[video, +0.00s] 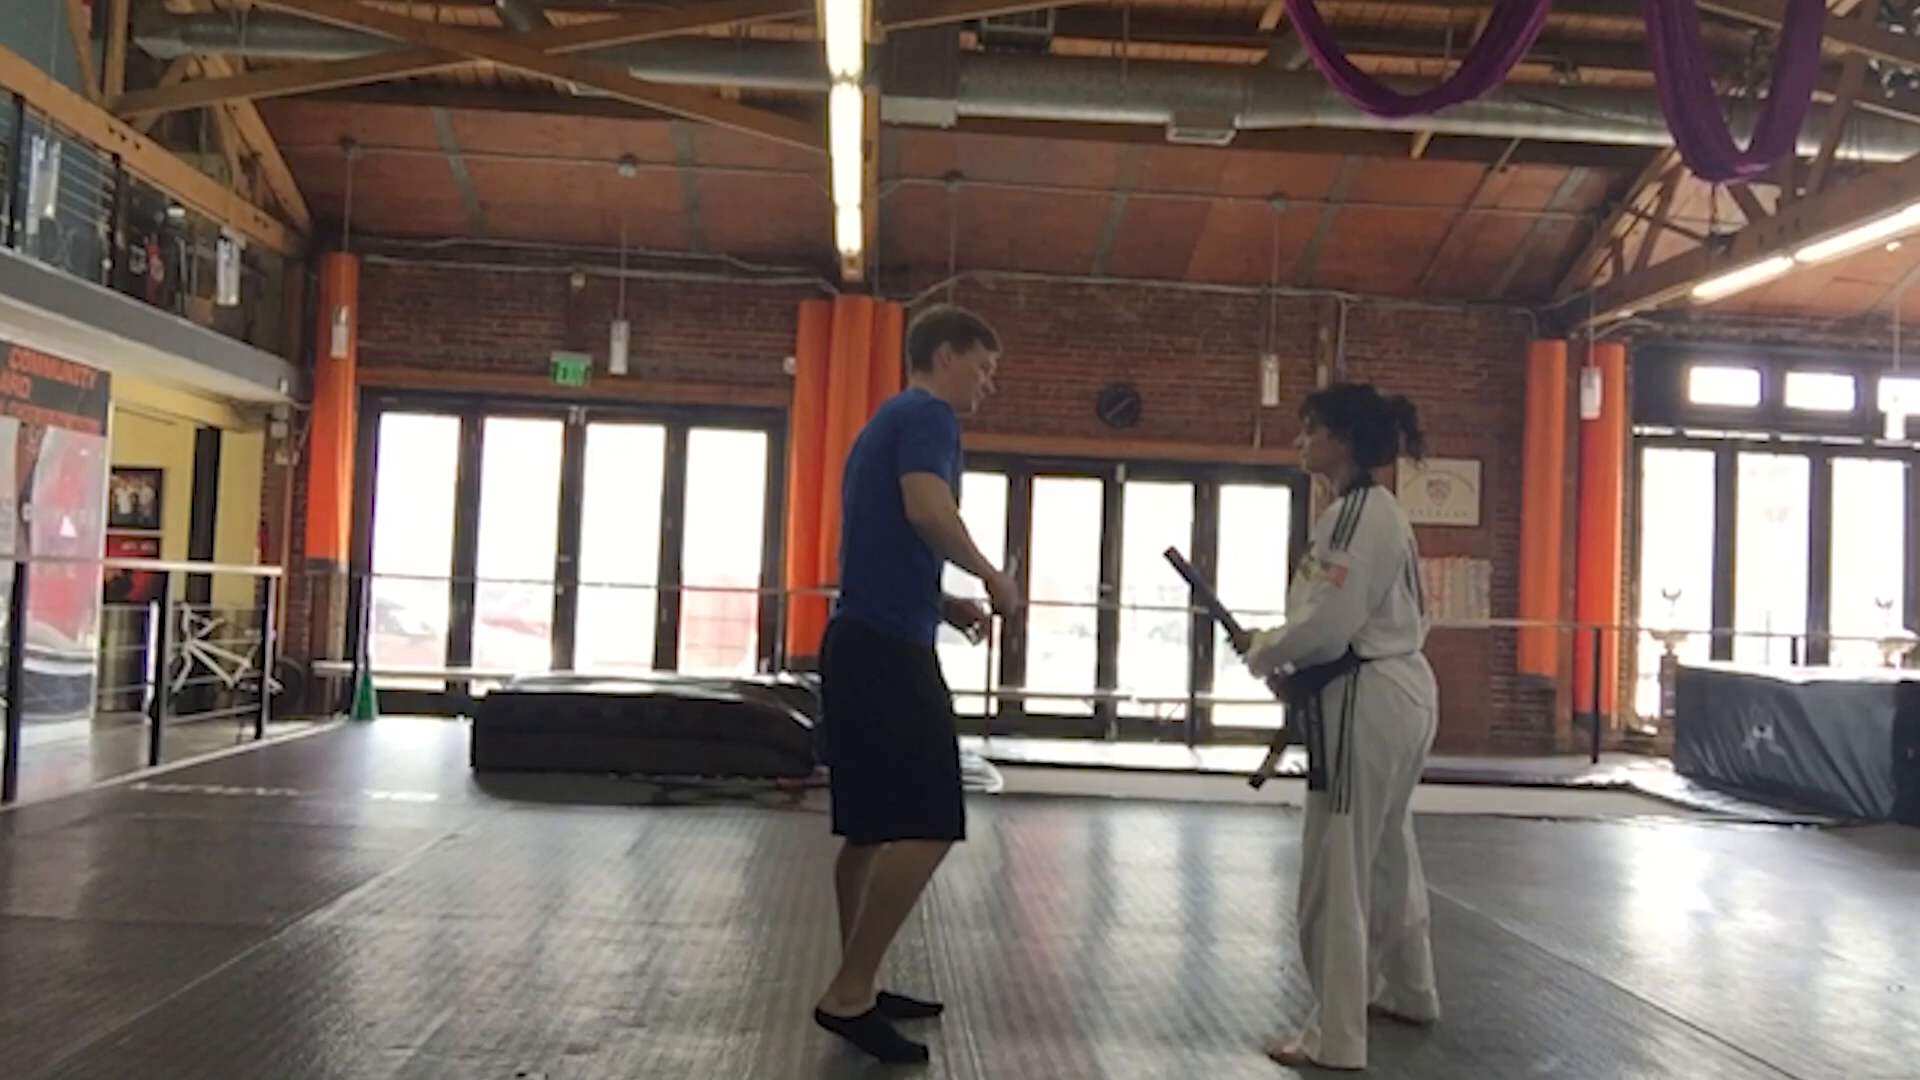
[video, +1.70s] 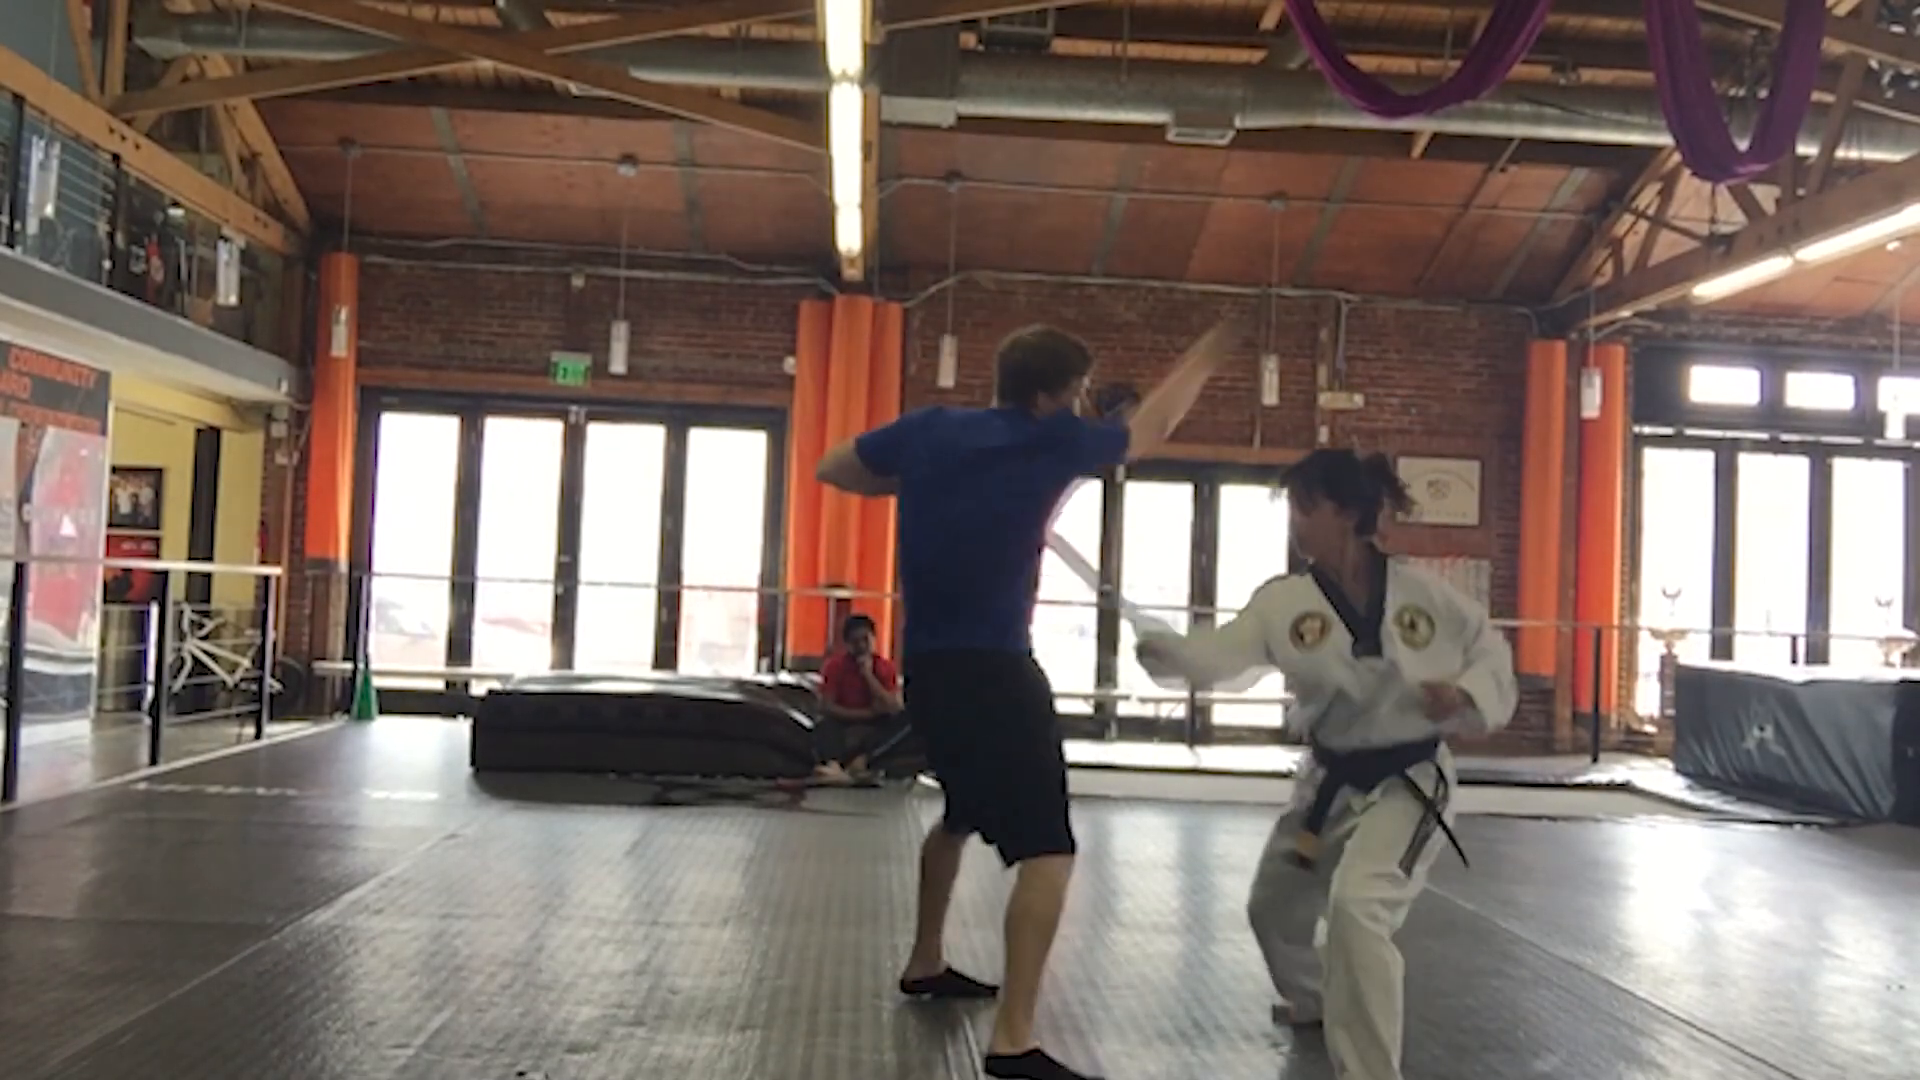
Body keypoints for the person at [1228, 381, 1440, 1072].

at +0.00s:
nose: (1301, 441)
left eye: (1313, 431)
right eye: (1303, 430)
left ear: (1348, 441)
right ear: (1350, 445)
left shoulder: (1362, 515)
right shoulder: (1366, 510)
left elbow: (1329, 625)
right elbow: (1333, 614)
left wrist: (1264, 651)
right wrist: (1280, 647)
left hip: (1365, 695)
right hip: (1395, 689)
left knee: (1333, 869)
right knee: (1388, 851)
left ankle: (1335, 1039)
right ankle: (1409, 994)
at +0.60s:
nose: (1347, 453)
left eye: (1358, 442)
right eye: (1347, 441)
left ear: (1393, 448)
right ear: (1399, 453)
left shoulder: (1392, 513)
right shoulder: (1426, 512)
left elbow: (1348, 610)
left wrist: (1311, 658)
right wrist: (1318, 620)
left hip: (1395, 687)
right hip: (1437, 684)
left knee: (1341, 851)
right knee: (1414, 851)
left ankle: (1339, 1016)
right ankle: (1417, 999)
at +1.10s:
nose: (1340, 492)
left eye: (1351, 481)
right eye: (1343, 480)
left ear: (1384, 486)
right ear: (1410, 493)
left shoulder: (1367, 532)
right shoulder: (1451, 551)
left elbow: (1271, 598)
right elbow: (1457, 635)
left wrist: (1236, 650)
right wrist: (1372, 670)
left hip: (1414, 702)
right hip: (1476, 707)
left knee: (1313, 846)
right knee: (1411, 867)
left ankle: (1332, 1011)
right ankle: (1415, 1001)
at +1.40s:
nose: (1314, 527)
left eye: (1324, 514)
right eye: (1316, 515)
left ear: (1361, 520)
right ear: (1373, 524)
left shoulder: (1351, 565)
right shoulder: (1398, 574)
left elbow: (1307, 593)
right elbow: (1429, 653)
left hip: (1395, 743)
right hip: (1430, 741)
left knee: (1333, 907)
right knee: (1366, 884)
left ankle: (1378, 1068)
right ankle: (1410, 999)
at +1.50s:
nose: (1303, 508)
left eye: (1315, 496)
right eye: (1303, 496)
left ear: (1357, 503)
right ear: (1328, 506)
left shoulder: (1393, 563)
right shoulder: (1327, 595)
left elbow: (1472, 618)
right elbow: (1266, 664)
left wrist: (1385, 658)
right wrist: (1190, 666)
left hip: (1410, 757)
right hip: (1356, 763)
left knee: (1335, 902)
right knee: (1308, 869)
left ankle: (1365, 1070)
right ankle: (1390, 968)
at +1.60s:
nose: (1293, 503)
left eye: (1306, 491)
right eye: (1294, 490)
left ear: (1348, 503)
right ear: (1324, 505)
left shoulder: (1429, 579)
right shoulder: (1279, 598)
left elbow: (1505, 646)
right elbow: (1180, 634)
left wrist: (1444, 663)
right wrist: (1078, 632)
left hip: (1425, 759)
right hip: (1351, 765)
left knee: (1347, 901)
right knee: (1284, 870)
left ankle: (1365, 1070)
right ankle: (1339, 990)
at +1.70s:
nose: (1293, 522)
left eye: (1305, 508)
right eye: (1293, 508)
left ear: (1350, 517)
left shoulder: (1424, 594)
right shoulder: (1281, 604)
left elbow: (1497, 662)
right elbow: (1213, 657)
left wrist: (1469, 696)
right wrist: (1160, 647)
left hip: (1412, 775)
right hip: (1327, 776)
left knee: (1355, 905)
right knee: (1273, 906)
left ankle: (1370, 1071)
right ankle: (1309, 1002)